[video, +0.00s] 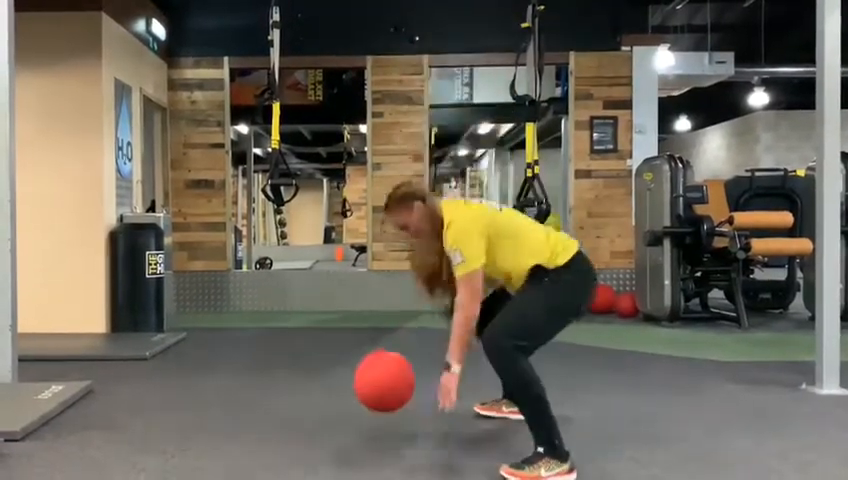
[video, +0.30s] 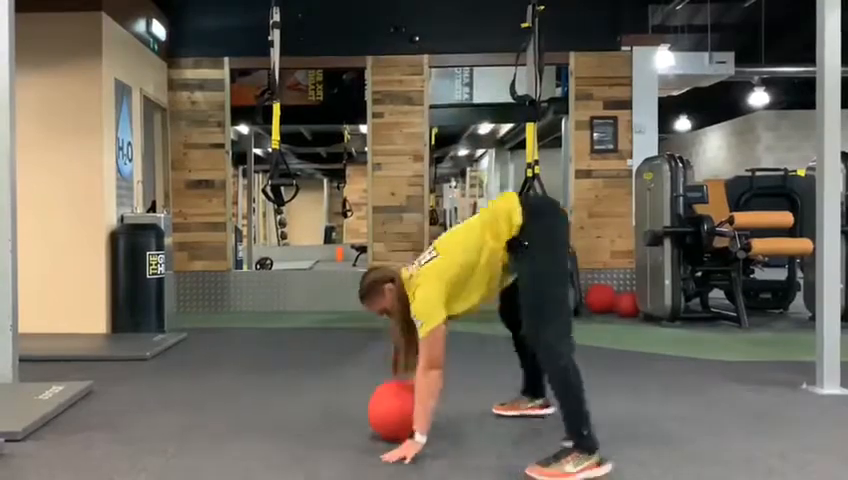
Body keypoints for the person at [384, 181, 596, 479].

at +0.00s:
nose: (408, 235)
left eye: (406, 227)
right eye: (402, 230)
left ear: (420, 208)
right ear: (419, 209)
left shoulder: (461, 226)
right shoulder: (448, 222)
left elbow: (468, 303)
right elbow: (466, 293)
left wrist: (453, 368)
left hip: (566, 274)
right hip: (543, 272)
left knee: (500, 340)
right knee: (487, 319)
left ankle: (555, 456)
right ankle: (515, 400)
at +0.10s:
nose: (399, 268)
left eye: (397, 260)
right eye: (393, 263)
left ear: (411, 242)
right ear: (411, 241)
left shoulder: (450, 253)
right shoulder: (437, 251)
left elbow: (454, 329)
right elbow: (447, 323)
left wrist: (436, 400)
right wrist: (431, 375)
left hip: (565, 281)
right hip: (538, 278)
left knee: (495, 345)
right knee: (479, 323)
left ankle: (552, 456)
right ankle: (516, 401)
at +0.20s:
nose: (392, 295)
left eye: (389, 288)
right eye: (387, 291)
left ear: (398, 267)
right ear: (398, 266)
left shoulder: (436, 272)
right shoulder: (425, 268)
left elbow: (440, 352)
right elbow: (432, 344)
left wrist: (424, 418)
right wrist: (418, 393)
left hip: (559, 259)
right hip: (534, 258)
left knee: (505, 341)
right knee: (486, 320)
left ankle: (554, 456)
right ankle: (515, 400)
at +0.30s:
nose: (385, 314)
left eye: (381, 309)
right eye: (379, 312)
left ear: (390, 291)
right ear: (390, 288)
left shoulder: (426, 291)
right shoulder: (414, 285)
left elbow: (432, 369)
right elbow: (420, 357)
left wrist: (419, 436)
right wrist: (405, 411)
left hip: (535, 220)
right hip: (514, 225)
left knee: (549, 340)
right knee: (515, 313)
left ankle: (585, 449)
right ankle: (535, 397)